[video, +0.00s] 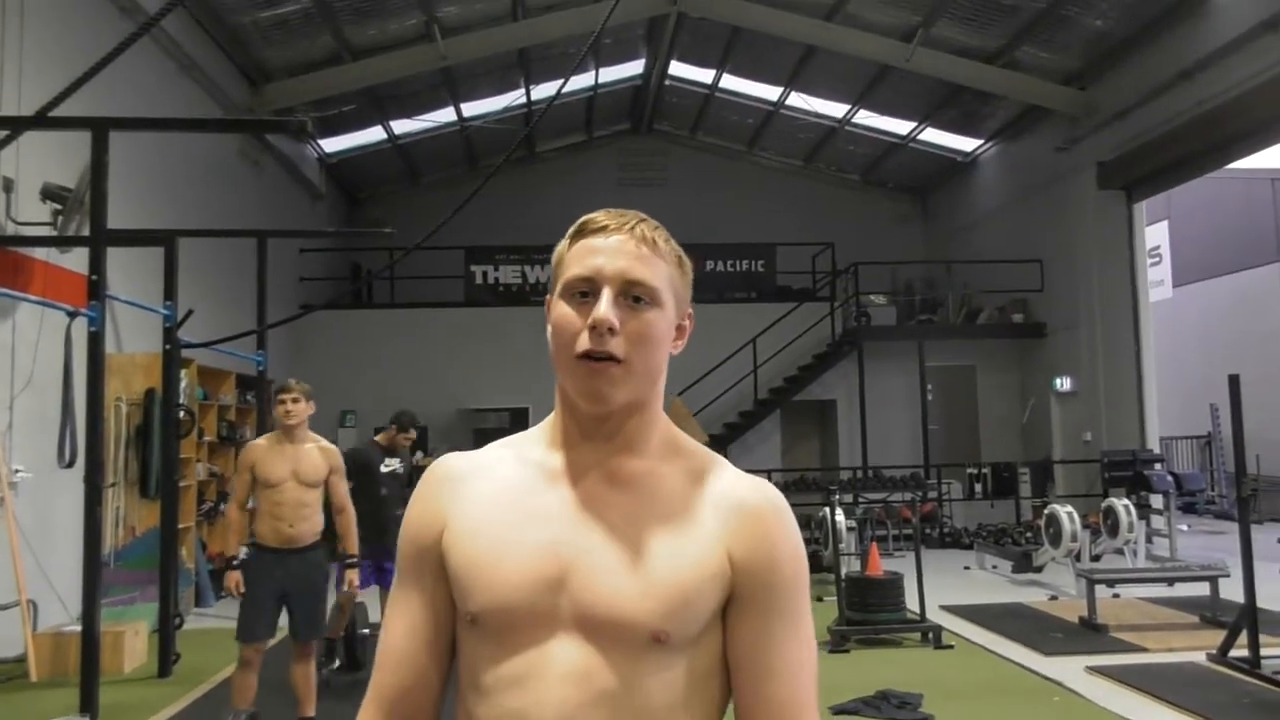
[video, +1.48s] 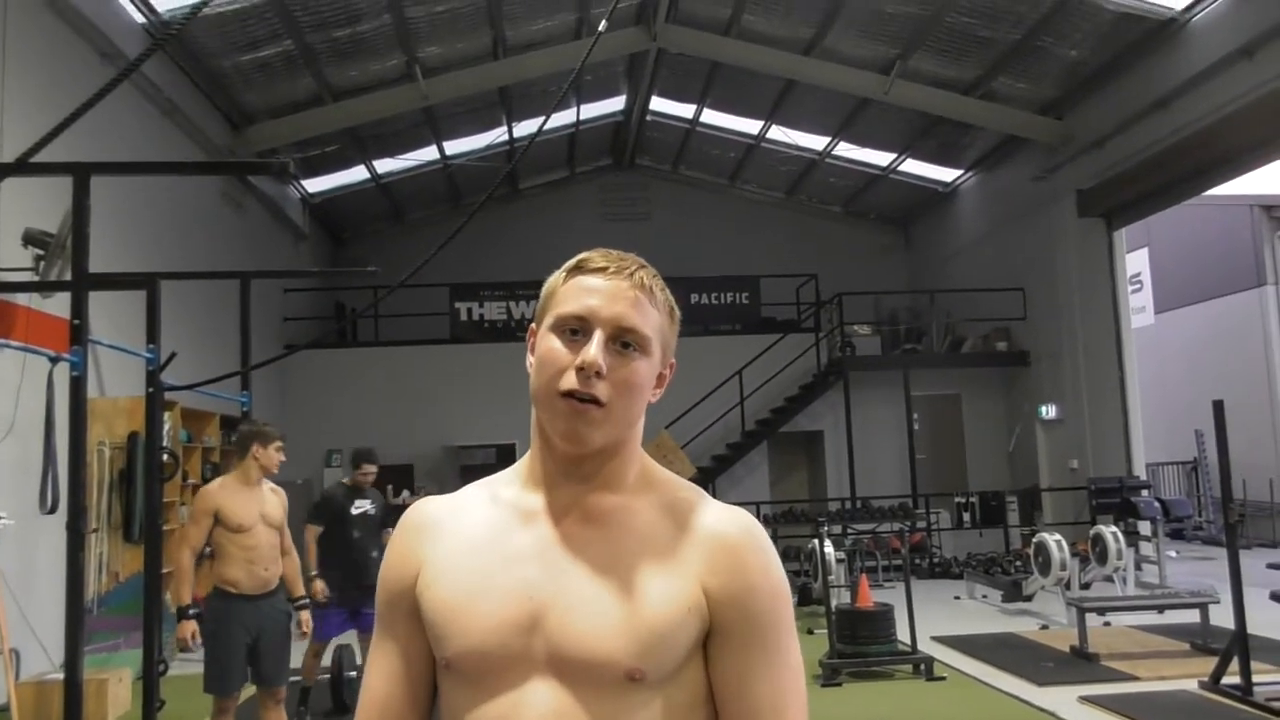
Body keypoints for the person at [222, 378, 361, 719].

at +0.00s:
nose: (288, 408)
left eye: (295, 402)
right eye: (282, 403)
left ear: (309, 408)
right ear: (274, 409)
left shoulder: (328, 453)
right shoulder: (255, 451)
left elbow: (343, 509)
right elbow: (237, 505)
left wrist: (352, 561)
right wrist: (232, 561)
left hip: (310, 561)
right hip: (263, 561)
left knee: (306, 648)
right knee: (250, 653)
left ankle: (308, 714)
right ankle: (240, 715)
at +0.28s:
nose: (252, 417)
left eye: (260, 411)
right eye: (246, 411)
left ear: (275, 417)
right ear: (237, 419)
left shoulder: (295, 461)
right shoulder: (221, 463)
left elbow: (311, 516)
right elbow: (204, 519)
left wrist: (313, 570)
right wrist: (199, 575)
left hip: (285, 570)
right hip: (237, 572)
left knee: (291, 662)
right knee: (236, 666)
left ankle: (301, 716)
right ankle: (231, 718)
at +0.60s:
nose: (229, 431)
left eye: (236, 424)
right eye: (221, 426)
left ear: (247, 428)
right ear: (211, 434)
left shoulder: (273, 468)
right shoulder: (197, 480)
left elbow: (293, 522)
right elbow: (164, 535)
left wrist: (286, 569)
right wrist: (174, 593)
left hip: (272, 579)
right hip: (223, 584)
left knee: (290, 669)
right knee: (227, 679)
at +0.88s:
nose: (232, 439)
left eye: (238, 432)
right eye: (223, 434)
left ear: (248, 437)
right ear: (211, 441)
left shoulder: (269, 478)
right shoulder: (196, 487)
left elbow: (287, 534)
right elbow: (177, 546)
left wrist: (302, 585)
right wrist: (180, 603)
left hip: (266, 590)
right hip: (220, 594)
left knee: (278, 680)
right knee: (225, 686)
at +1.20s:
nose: (253, 446)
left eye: (258, 441)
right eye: (245, 440)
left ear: (263, 446)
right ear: (225, 446)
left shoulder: (273, 489)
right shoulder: (204, 492)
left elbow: (285, 547)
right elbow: (179, 550)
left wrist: (303, 599)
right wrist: (187, 612)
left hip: (269, 601)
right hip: (224, 604)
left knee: (278, 690)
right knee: (226, 700)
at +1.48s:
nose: (282, 457)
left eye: (282, 450)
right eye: (277, 450)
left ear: (260, 453)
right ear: (256, 452)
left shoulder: (278, 495)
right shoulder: (212, 494)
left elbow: (287, 553)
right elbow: (186, 551)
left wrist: (302, 604)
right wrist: (185, 613)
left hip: (273, 606)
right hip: (228, 608)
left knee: (276, 697)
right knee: (226, 703)